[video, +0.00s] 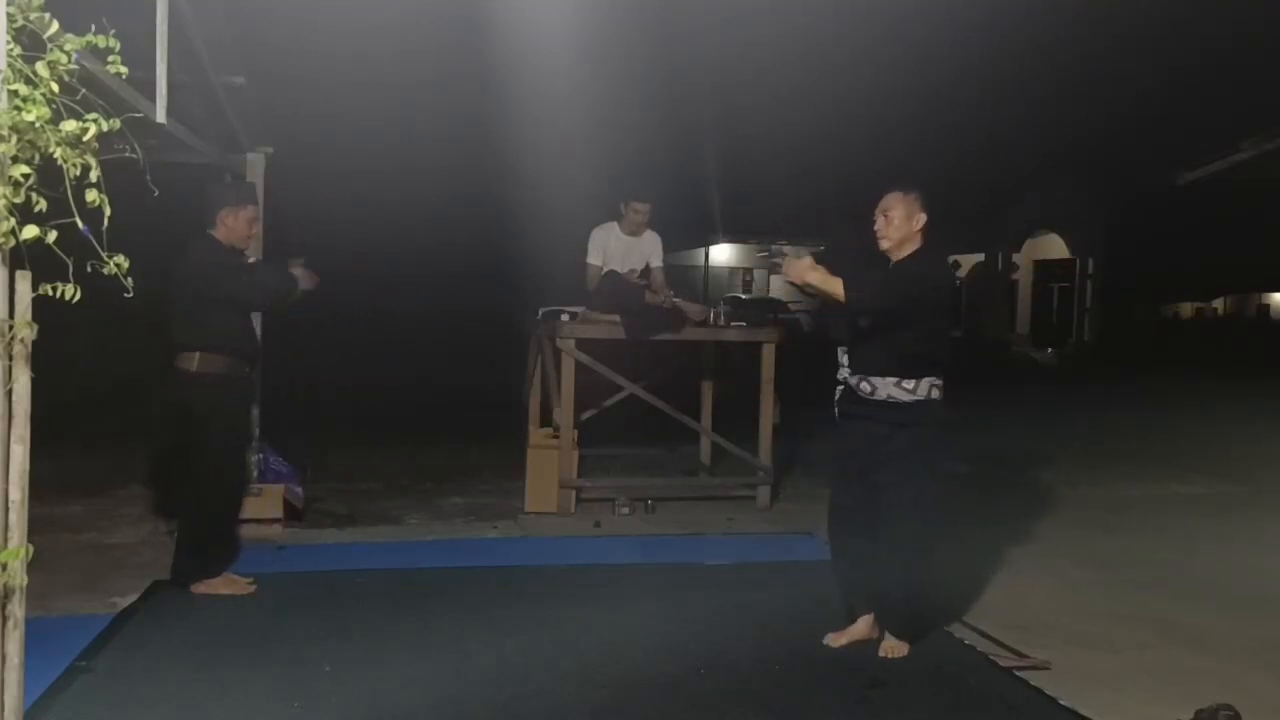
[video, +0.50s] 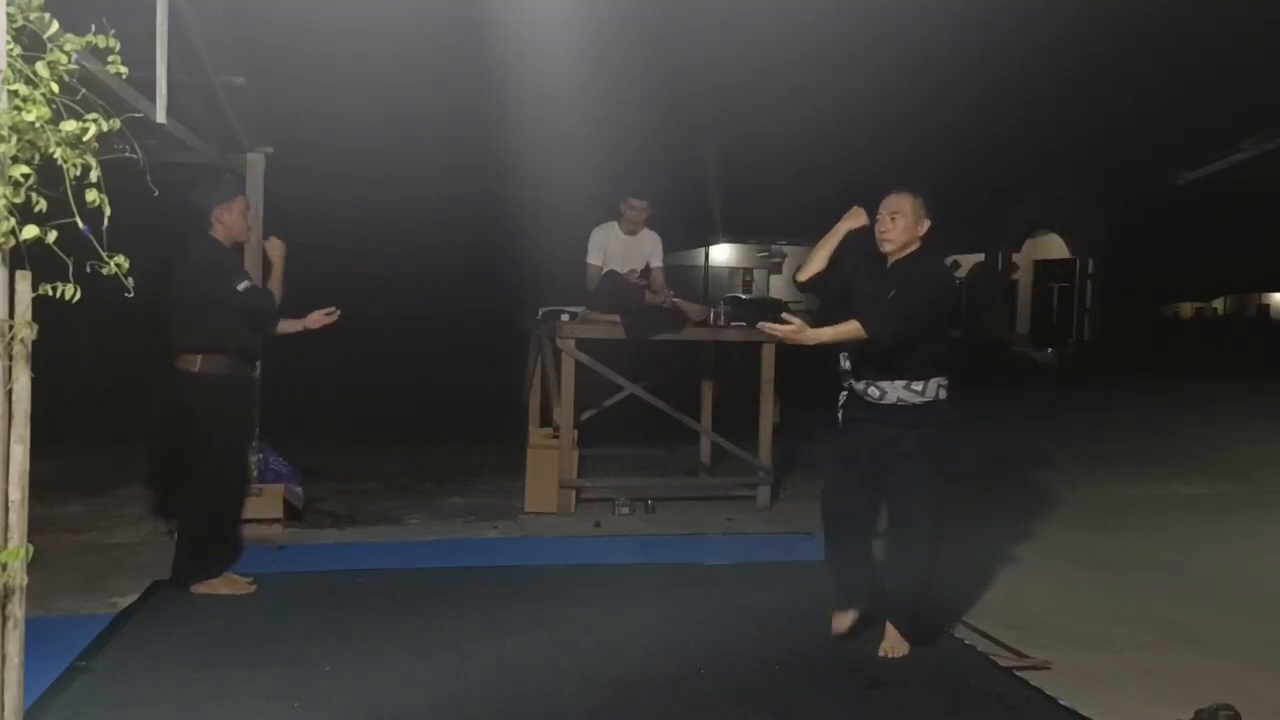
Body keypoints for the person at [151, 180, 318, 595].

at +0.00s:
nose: (254, 228)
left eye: (255, 220)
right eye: (249, 219)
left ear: (229, 221)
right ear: (225, 218)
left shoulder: (211, 257)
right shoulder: (209, 260)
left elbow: (245, 284)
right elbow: (254, 290)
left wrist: (281, 273)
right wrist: (291, 279)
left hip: (215, 380)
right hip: (211, 383)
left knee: (217, 471)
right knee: (216, 473)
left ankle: (206, 566)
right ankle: (203, 572)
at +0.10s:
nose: (255, 222)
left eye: (254, 213)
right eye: (248, 214)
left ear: (225, 219)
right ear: (224, 217)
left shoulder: (216, 257)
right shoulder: (209, 260)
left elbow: (250, 288)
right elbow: (265, 293)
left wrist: (274, 277)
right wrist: (286, 280)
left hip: (218, 383)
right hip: (209, 385)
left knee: (218, 475)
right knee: (216, 476)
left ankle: (208, 567)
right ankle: (201, 572)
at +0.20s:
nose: (255, 221)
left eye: (253, 212)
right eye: (247, 213)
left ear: (225, 219)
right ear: (222, 218)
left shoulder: (217, 258)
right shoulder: (209, 261)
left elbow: (251, 289)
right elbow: (265, 295)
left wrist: (279, 283)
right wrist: (289, 285)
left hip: (217, 382)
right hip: (209, 384)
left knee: (219, 475)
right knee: (215, 476)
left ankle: (209, 567)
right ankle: (201, 573)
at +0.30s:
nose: (252, 218)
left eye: (250, 210)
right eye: (245, 211)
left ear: (222, 217)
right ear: (221, 216)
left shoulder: (214, 258)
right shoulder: (208, 260)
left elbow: (241, 307)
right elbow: (253, 293)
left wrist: (288, 310)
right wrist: (277, 282)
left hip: (217, 379)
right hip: (209, 381)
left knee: (219, 471)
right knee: (215, 473)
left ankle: (209, 567)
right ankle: (203, 573)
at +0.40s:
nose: (251, 217)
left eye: (248, 209)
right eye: (244, 209)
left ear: (222, 215)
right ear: (221, 214)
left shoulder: (219, 258)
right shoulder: (207, 259)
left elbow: (247, 319)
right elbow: (270, 295)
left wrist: (302, 325)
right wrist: (268, 253)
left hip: (220, 378)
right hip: (208, 380)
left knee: (220, 472)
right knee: (214, 473)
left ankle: (208, 567)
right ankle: (202, 573)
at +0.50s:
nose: (251, 217)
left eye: (249, 209)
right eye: (244, 209)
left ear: (221, 215)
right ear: (221, 214)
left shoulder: (214, 257)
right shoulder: (209, 258)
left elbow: (250, 320)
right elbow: (264, 308)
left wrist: (303, 323)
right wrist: (277, 262)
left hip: (216, 377)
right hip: (209, 380)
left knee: (217, 473)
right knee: (215, 474)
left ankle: (205, 567)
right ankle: (203, 573)